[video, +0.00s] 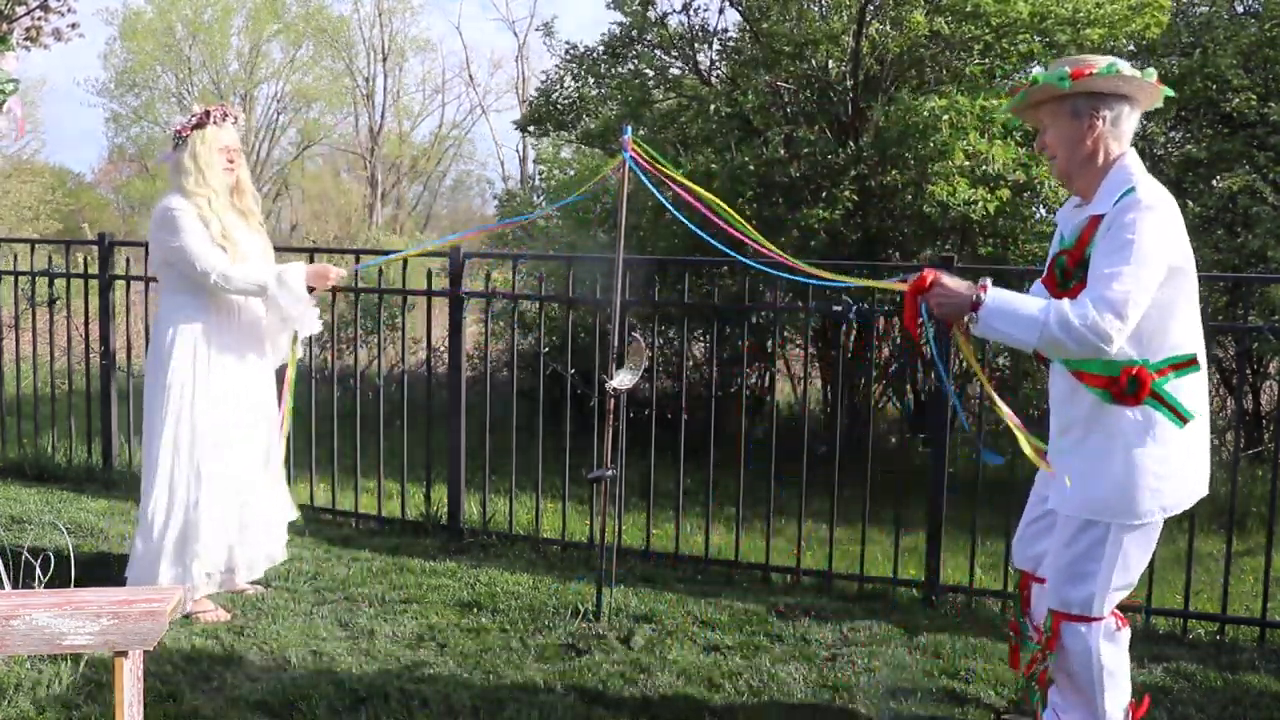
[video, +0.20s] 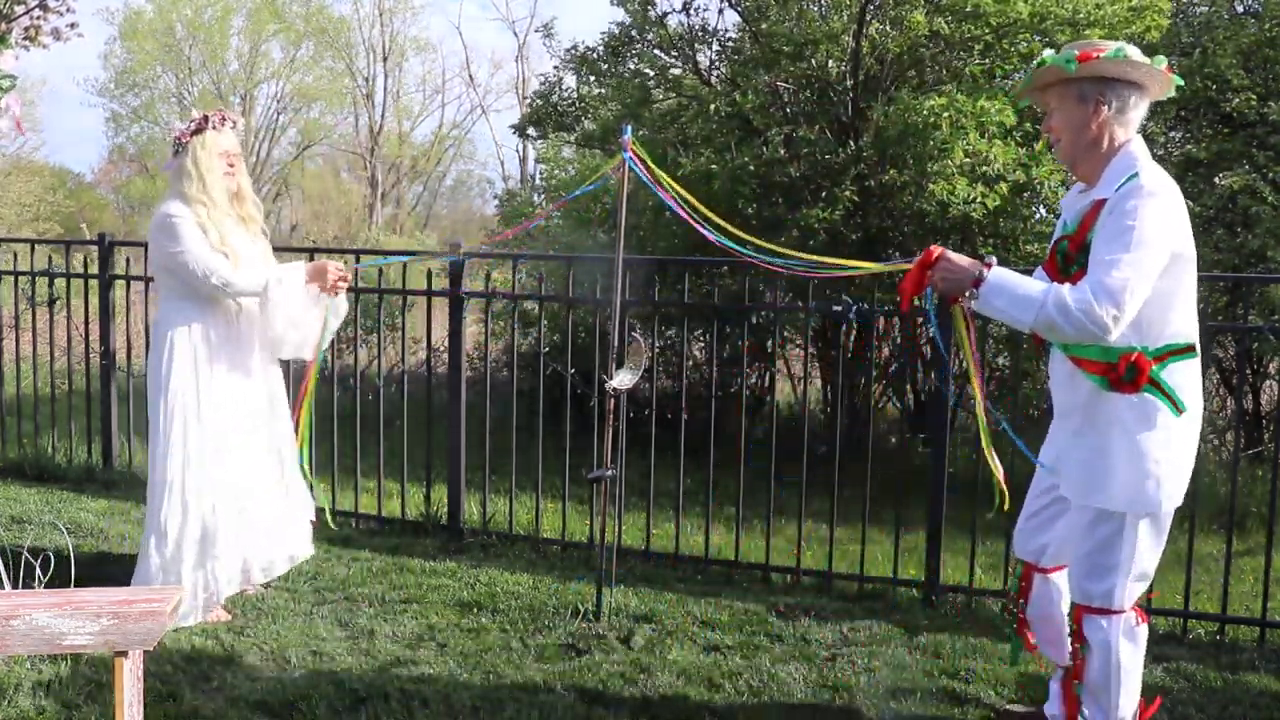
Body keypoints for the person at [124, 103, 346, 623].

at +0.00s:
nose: (233, 159)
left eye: (237, 150)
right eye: (221, 150)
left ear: (241, 158)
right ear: (191, 156)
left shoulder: (238, 214)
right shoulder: (175, 211)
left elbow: (255, 282)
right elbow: (218, 274)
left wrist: (303, 287)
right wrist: (298, 276)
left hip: (239, 353)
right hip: (193, 354)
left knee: (238, 459)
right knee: (196, 464)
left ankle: (230, 571)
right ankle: (188, 586)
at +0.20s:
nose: (233, 162)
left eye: (237, 154)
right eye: (222, 154)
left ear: (242, 161)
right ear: (193, 162)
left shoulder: (241, 222)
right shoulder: (174, 218)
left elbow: (262, 294)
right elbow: (219, 278)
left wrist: (317, 287)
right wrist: (302, 273)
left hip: (240, 358)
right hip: (192, 360)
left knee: (243, 461)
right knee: (199, 468)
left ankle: (237, 572)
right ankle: (197, 591)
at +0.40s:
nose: (230, 152)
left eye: (233, 144)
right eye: (218, 145)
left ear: (239, 150)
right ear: (189, 154)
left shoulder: (237, 211)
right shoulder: (169, 209)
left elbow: (266, 268)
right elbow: (206, 269)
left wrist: (317, 276)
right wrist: (286, 271)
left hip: (237, 346)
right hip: (190, 349)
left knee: (236, 455)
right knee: (195, 462)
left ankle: (228, 567)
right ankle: (190, 589)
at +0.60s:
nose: (219, 164)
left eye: (224, 155)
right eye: (207, 156)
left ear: (232, 162)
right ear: (181, 164)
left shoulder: (233, 221)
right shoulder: (161, 219)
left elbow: (261, 277)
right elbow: (193, 276)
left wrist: (306, 280)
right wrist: (273, 278)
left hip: (237, 353)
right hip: (190, 356)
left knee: (237, 458)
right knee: (194, 466)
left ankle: (229, 569)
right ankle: (193, 588)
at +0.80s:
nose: (218, 164)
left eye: (223, 156)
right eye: (207, 157)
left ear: (231, 163)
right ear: (182, 166)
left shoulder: (234, 223)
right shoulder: (161, 221)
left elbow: (262, 283)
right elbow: (194, 279)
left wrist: (314, 283)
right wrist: (277, 277)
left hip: (238, 355)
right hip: (189, 357)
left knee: (236, 459)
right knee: (195, 465)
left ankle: (227, 569)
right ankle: (191, 589)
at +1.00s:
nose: (224, 153)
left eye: (228, 145)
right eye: (212, 145)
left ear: (235, 152)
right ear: (186, 154)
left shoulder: (236, 213)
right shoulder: (165, 208)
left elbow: (266, 269)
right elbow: (199, 267)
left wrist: (315, 273)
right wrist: (275, 269)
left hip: (236, 351)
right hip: (189, 353)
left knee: (231, 458)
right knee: (189, 463)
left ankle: (221, 567)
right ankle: (183, 588)